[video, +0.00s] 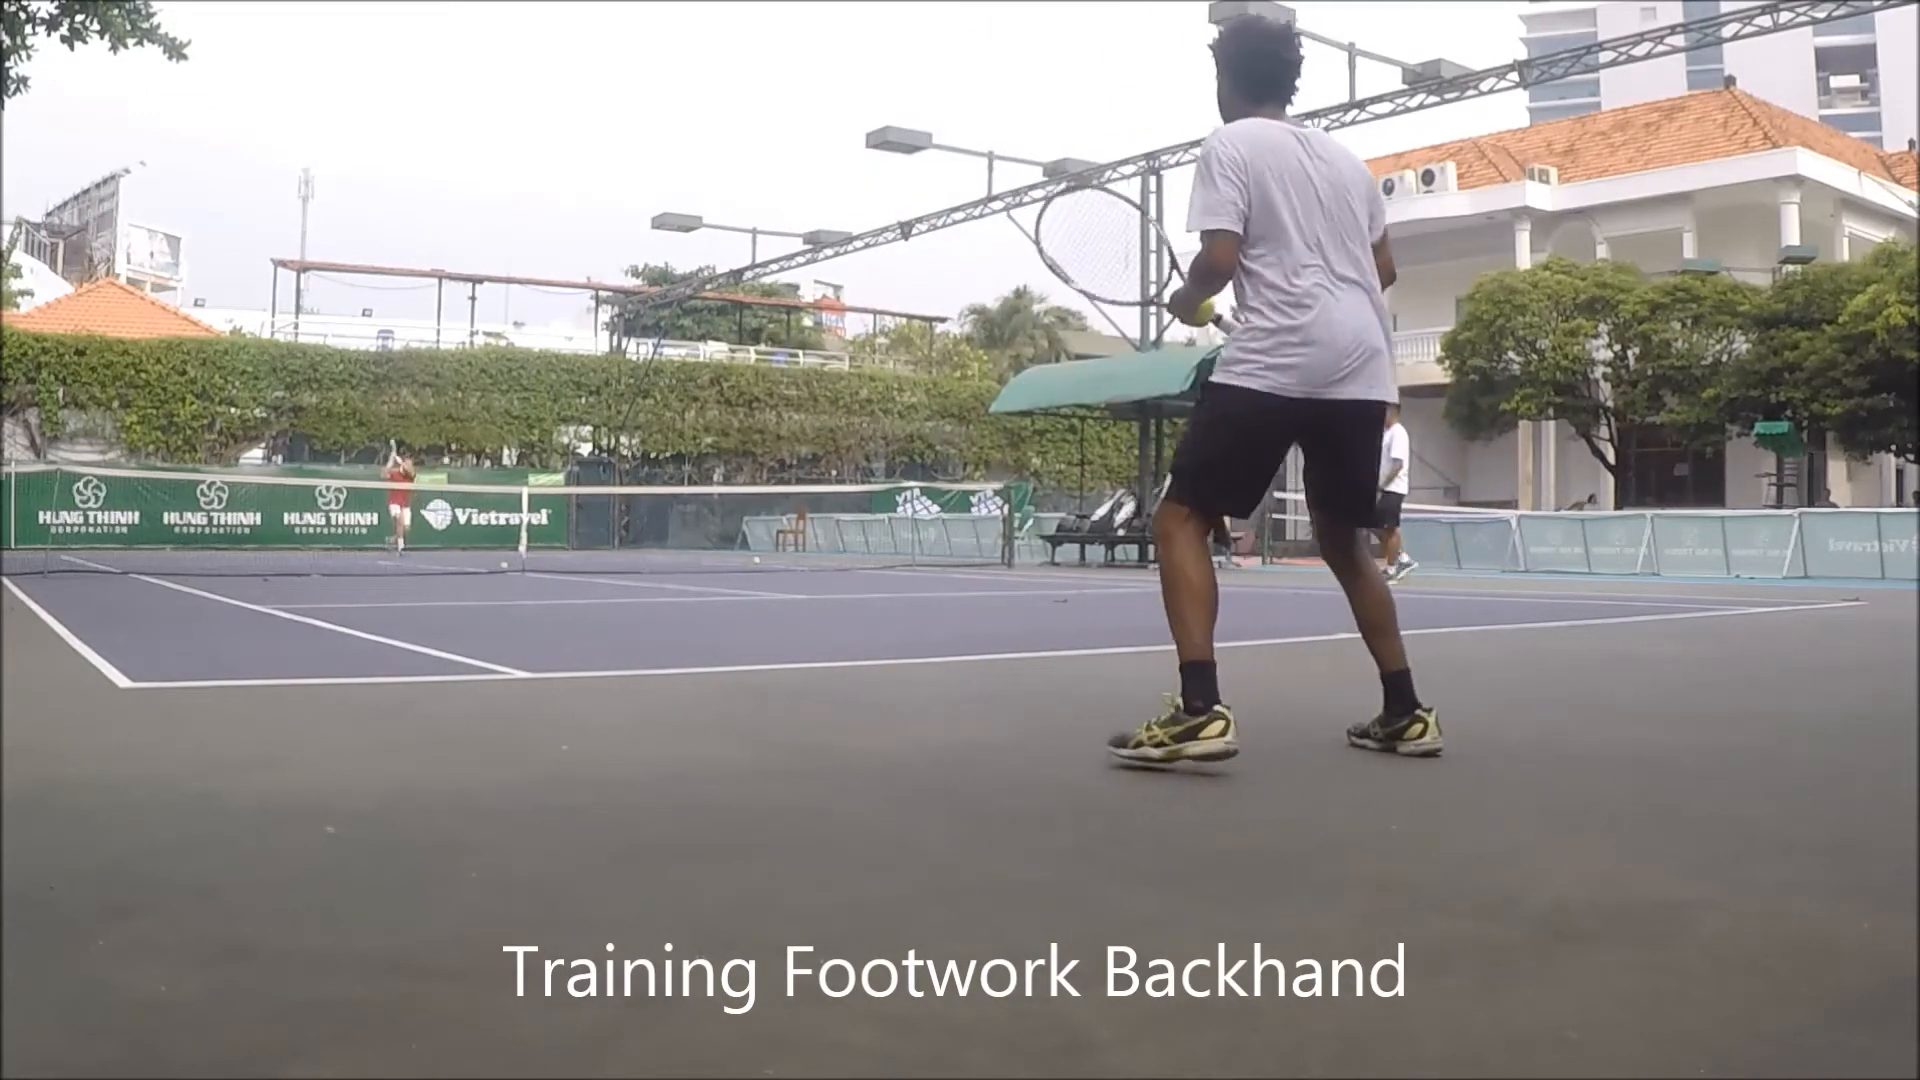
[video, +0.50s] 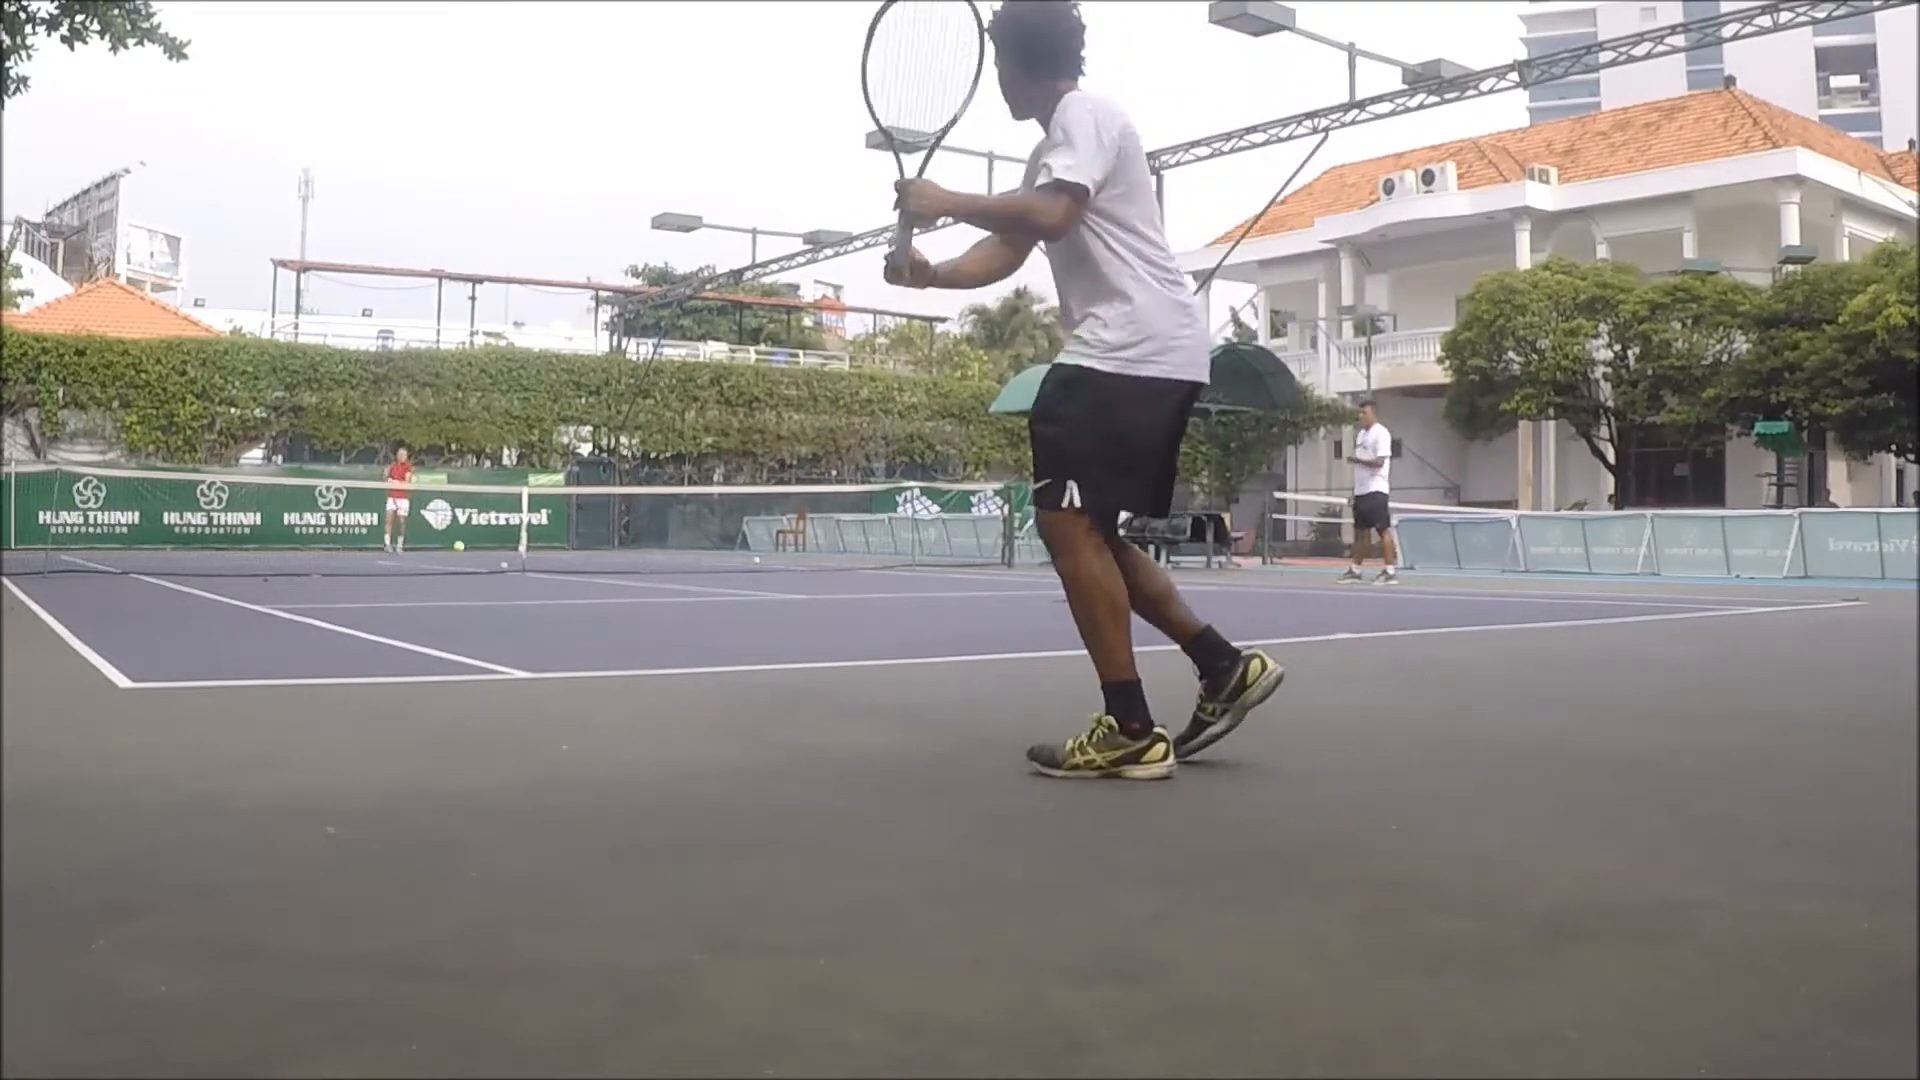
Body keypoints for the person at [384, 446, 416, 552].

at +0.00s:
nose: (403, 468)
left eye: (405, 466)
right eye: (402, 465)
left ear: (408, 467)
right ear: (399, 466)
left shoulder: (410, 476)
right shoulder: (393, 474)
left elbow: (409, 470)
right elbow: (385, 473)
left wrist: (400, 461)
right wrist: (391, 460)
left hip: (405, 502)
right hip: (394, 501)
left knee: (405, 524)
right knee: (398, 519)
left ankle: (395, 538)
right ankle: (400, 544)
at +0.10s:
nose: (409, 463)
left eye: (409, 461)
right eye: (406, 461)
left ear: (410, 462)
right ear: (400, 461)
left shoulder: (408, 474)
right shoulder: (392, 473)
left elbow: (409, 470)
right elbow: (383, 476)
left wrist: (399, 464)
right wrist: (388, 466)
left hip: (405, 499)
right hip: (394, 498)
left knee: (407, 522)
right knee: (398, 518)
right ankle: (400, 543)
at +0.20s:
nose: (406, 466)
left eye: (408, 464)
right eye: (404, 463)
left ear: (410, 465)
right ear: (400, 463)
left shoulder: (409, 475)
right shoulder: (393, 475)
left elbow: (407, 473)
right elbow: (385, 480)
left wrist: (396, 469)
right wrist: (389, 470)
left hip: (405, 500)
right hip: (394, 500)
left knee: (406, 522)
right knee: (397, 519)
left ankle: (402, 540)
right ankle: (398, 543)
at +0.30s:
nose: (406, 467)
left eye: (408, 465)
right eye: (404, 464)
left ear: (409, 465)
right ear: (401, 464)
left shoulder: (410, 472)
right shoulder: (392, 471)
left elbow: (406, 477)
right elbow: (387, 482)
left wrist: (395, 473)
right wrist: (389, 475)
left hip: (404, 501)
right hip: (392, 500)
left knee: (403, 524)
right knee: (395, 522)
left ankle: (400, 540)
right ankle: (395, 543)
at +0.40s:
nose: (404, 460)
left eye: (406, 457)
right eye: (402, 457)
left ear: (408, 459)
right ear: (398, 458)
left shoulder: (409, 470)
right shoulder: (393, 469)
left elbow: (407, 480)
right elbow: (387, 477)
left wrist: (393, 478)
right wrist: (401, 479)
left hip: (404, 498)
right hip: (393, 497)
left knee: (401, 521)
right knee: (393, 518)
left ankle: (400, 539)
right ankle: (391, 540)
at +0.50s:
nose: (402, 457)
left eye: (404, 455)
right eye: (400, 454)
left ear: (407, 456)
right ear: (396, 456)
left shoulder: (408, 468)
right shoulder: (392, 467)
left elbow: (407, 482)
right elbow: (386, 479)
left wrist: (395, 482)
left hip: (403, 496)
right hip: (392, 496)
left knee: (401, 520)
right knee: (388, 519)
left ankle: (400, 544)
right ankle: (387, 543)